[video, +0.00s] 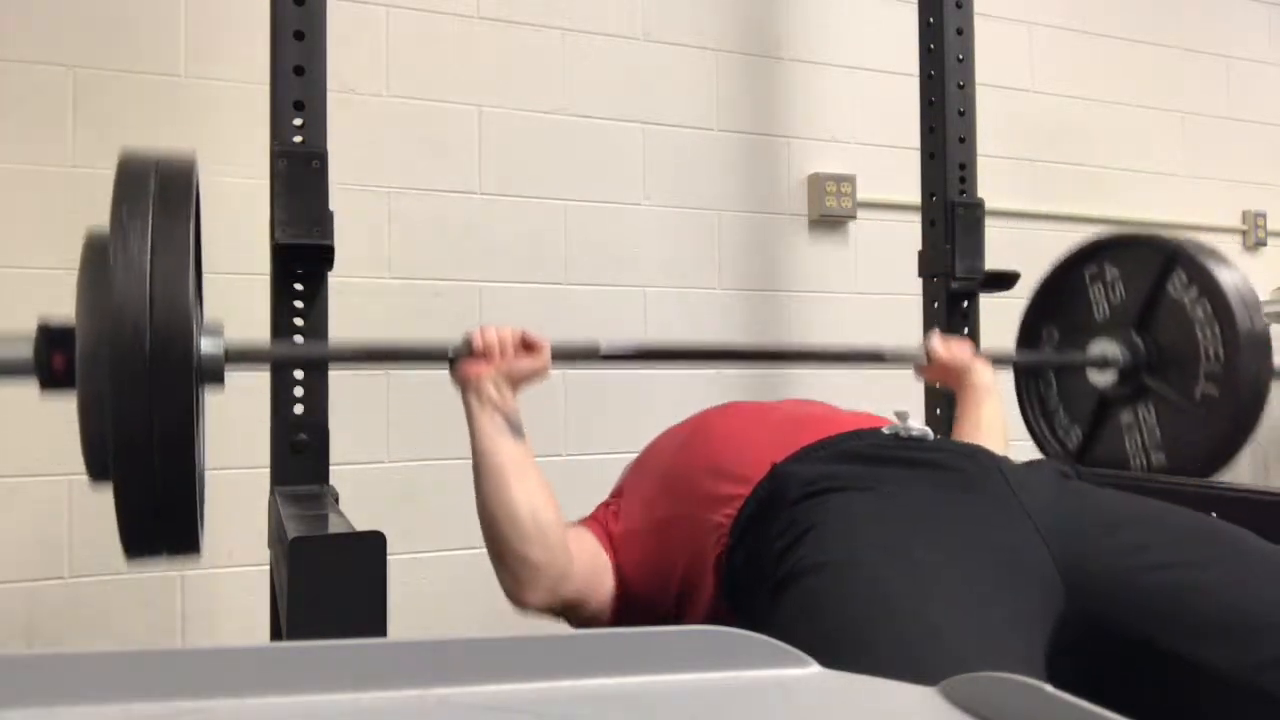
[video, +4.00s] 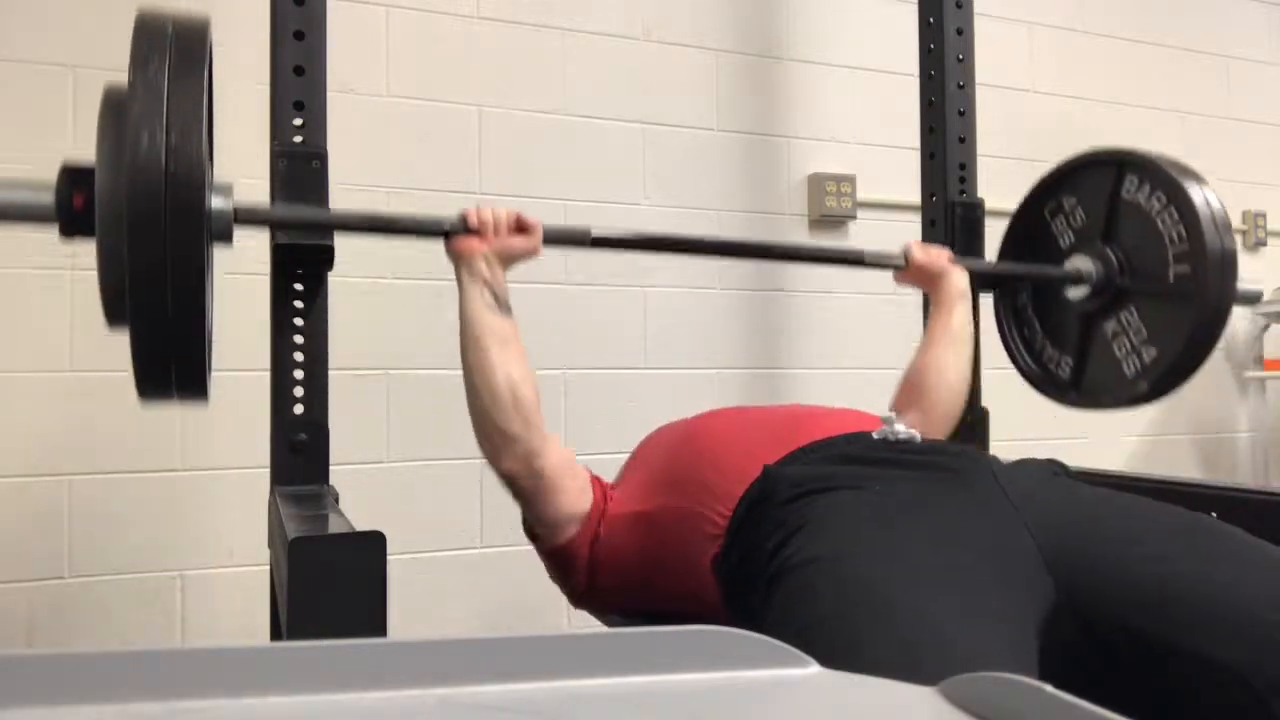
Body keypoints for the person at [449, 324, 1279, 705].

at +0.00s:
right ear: (652, 497)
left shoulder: (888, 435)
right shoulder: (630, 529)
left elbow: (991, 489)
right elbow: (541, 573)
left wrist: (981, 384)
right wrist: (490, 407)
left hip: (1033, 489)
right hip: (856, 509)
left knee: (1272, 623)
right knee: (933, 701)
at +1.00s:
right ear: (649, 485)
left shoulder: (870, 424)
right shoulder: (625, 530)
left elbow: (1030, 522)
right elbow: (552, 625)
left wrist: (987, 447)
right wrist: (493, 477)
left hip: (1035, 489)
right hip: (859, 499)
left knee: (1273, 605)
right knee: (940, 676)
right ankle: (966, 703)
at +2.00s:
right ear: (652, 476)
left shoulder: (867, 421)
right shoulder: (622, 533)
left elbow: (1026, 521)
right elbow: (546, 628)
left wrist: (984, 446)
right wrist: (493, 473)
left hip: (1028, 487)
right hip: (855, 504)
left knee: (1277, 608)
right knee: (942, 689)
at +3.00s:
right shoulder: (615, 543)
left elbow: (961, 468)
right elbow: (519, 508)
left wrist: (962, 347)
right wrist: (483, 340)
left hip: (1032, 488)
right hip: (852, 504)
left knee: (1273, 619)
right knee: (929, 680)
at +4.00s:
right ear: (618, 499)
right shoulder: (606, 534)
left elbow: (921, 423)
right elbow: (518, 440)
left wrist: (952, 294)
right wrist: (480, 282)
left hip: (1013, 482)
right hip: (838, 503)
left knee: (1274, 612)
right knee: (936, 692)